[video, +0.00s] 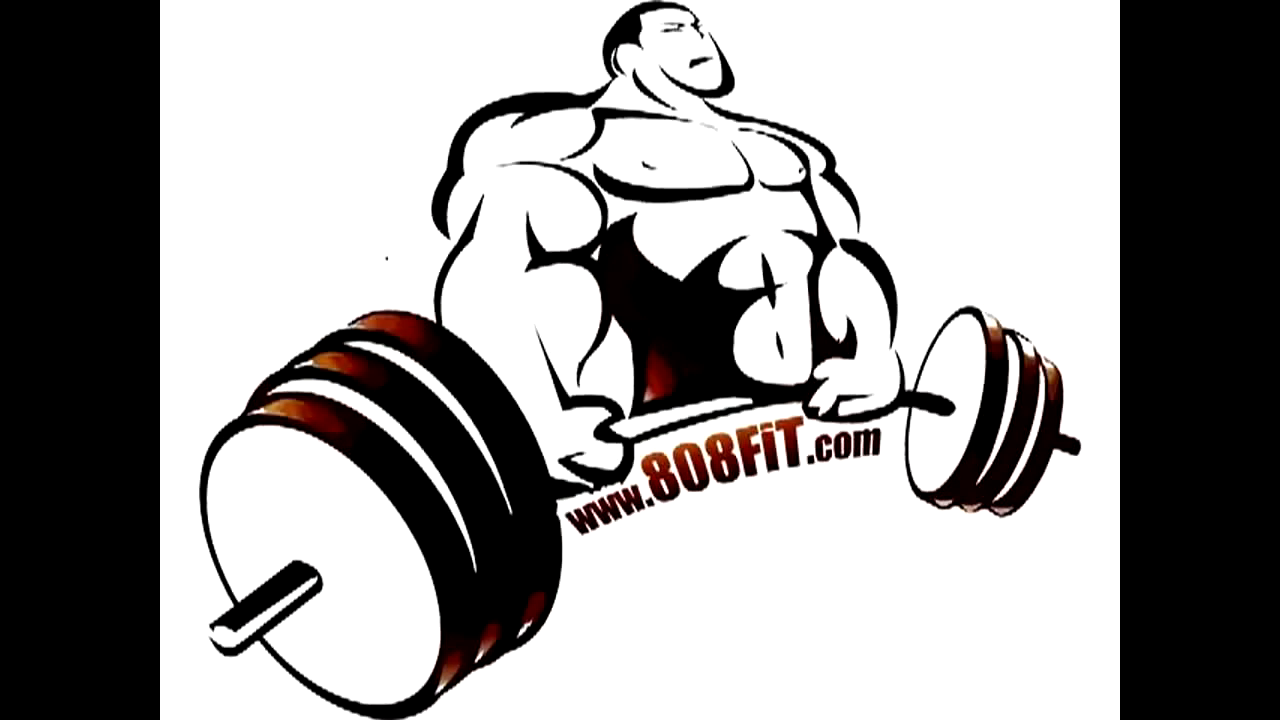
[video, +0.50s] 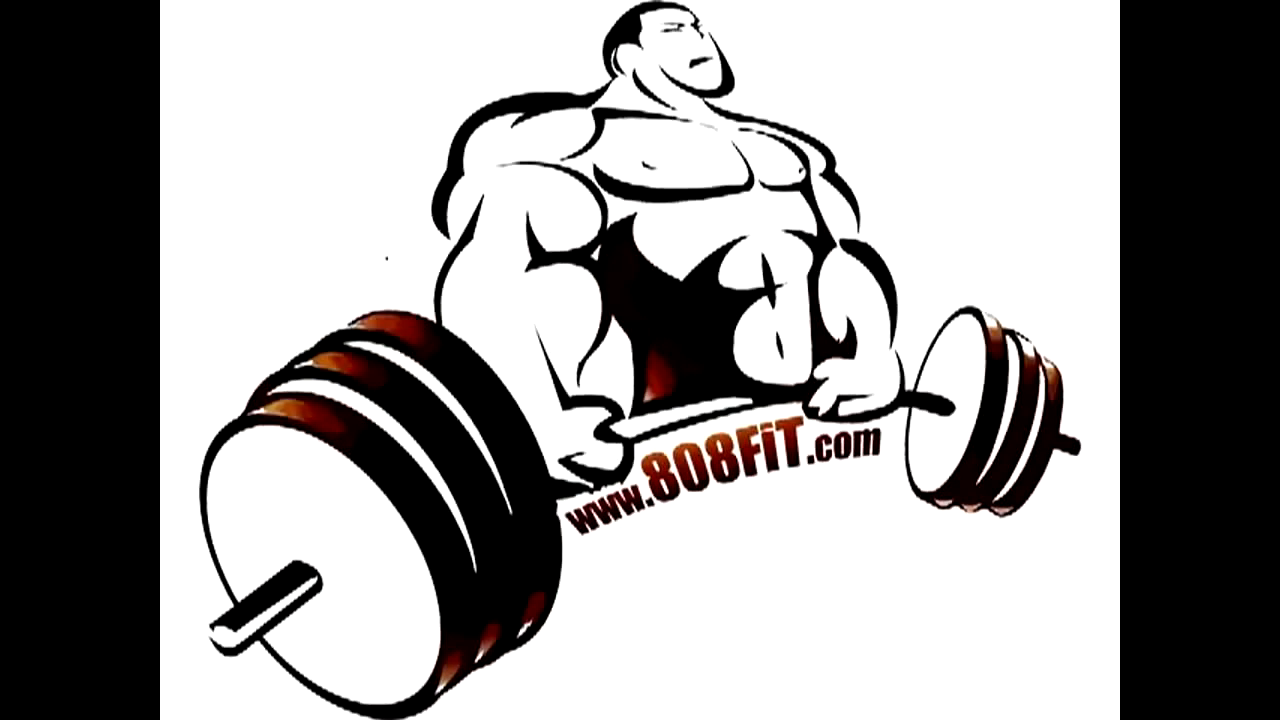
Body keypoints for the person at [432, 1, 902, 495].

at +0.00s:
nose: (702, 40)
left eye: (701, 28)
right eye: (675, 30)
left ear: (713, 45)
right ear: (628, 59)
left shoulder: (776, 145)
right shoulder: (593, 126)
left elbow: (850, 250)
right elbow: (487, 155)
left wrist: (878, 358)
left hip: (747, 331)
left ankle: (870, 369)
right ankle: (577, 429)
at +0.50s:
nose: (702, 40)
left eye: (701, 28)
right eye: (675, 30)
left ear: (713, 45)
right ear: (628, 59)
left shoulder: (776, 145)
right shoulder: (593, 127)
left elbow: (850, 250)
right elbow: (487, 155)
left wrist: (878, 358)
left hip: (747, 331)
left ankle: (870, 369)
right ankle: (577, 429)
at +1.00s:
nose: (702, 40)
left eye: (701, 28)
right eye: (675, 30)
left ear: (713, 45)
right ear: (628, 59)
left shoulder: (776, 145)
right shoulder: (593, 127)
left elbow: (850, 250)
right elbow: (487, 155)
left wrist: (878, 358)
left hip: (747, 331)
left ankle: (870, 369)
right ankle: (577, 429)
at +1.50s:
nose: (702, 40)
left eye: (701, 28)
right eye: (675, 30)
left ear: (713, 45)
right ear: (628, 59)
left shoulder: (776, 145)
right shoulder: (593, 127)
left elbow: (850, 250)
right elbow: (487, 155)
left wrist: (878, 358)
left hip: (747, 331)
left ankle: (870, 369)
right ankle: (577, 429)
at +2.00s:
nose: (702, 40)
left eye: (701, 28)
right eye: (675, 30)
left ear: (713, 45)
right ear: (628, 59)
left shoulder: (776, 145)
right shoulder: (593, 127)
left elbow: (850, 250)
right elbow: (487, 155)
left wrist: (878, 358)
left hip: (747, 331)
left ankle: (870, 369)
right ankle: (577, 429)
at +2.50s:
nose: (702, 40)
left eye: (701, 28)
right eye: (675, 30)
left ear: (713, 45)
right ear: (628, 59)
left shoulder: (776, 145)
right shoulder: (593, 127)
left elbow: (850, 250)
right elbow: (487, 155)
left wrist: (878, 358)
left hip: (747, 331)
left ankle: (870, 369)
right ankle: (577, 429)